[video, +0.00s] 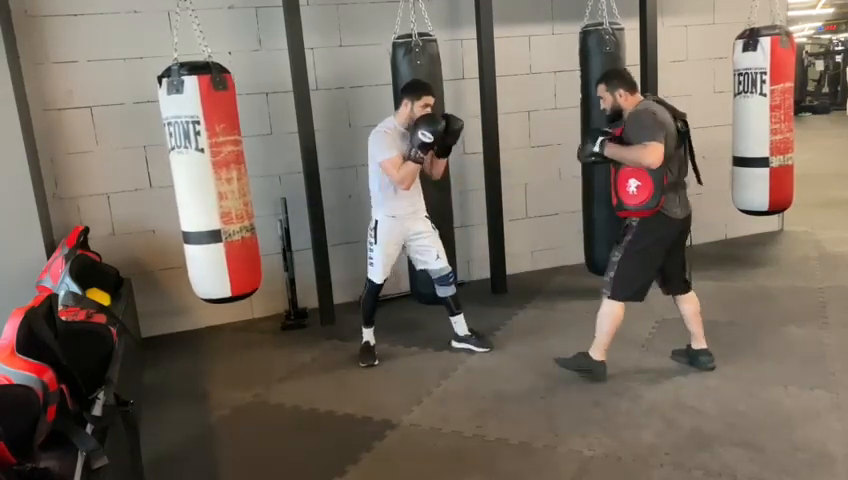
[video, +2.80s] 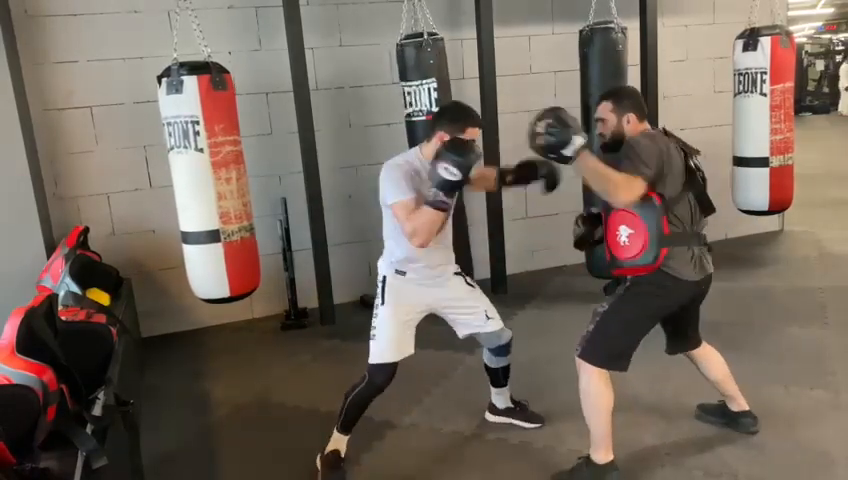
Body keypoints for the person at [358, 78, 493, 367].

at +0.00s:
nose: (428, 113)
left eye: (431, 108)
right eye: (425, 107)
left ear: (425, 109)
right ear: (406, 103)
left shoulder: (418, 132)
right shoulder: (381, 135)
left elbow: (435, 172)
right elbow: (402, 180)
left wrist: (444, 144)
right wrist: (422, 145)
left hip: (418, 219)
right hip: (387, 221)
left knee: (443, 273)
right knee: (376, 281)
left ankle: (462, 334)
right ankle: (367, 341)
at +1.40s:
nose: (439, 116)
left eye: (442, 111)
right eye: (437, 110)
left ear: (421, 107)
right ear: (417, 105)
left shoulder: (422, 135)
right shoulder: (387, 137)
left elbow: (439, 176)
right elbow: (408, 185)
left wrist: (450, 145)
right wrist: (434, 151)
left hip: (427, 227)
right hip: (396, 231)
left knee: (460, 283)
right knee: (387, 302)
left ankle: (474, 344)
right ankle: (371, 371)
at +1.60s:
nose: (429, 135)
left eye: (430, 126)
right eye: (425, 125)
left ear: (399, 124)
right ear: (400, 123)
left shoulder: (390, 160)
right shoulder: (358, 166)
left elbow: (395, 220)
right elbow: (388, 237)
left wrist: (423, 186)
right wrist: (425, 199)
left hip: (393, 282)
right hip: (358, 290)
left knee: (435, 352)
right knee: (361, 393)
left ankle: (456, 434)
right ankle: (327, 473)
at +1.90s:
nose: (439, 133)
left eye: (440, 124)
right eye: (436, 124)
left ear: (409, 122)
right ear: (412, 122)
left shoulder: (409, 160)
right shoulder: (369, 164)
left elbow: (414, 216)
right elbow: (415, 229)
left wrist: (445, 176)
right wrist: (444, 183)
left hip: (409, 280)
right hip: (371, 292)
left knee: (467, 335)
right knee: (368, 393)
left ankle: (471, 410)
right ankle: (329, 472)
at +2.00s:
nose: (456, 140)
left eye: (458, 131)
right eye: (453, 131)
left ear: (428, 129)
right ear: (429, 128)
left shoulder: (428, 164)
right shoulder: (379, 167)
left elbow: (453, 176)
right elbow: (400, 239)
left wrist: (489, 157)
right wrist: (440, 200)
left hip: (423, 284)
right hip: (380, 293)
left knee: (476, 344)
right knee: (372, 393)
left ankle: (491, 405)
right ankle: (330, 471)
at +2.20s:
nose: (491, 163)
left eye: (493, 156)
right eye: (491, 155)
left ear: (467, 149)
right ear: (474, 150)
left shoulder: (448, 175)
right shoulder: (439, 180)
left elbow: (460, 212)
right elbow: (451, 245)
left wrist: (499, 193)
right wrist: (494, 223)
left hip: (438, 293)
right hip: (415, 302)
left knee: (490, 339)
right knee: (425, 413)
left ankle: (501, 405)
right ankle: (343, 469)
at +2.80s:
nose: (473, 150)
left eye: (474, 143)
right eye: (467, 142)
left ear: (455, 140)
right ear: (440, 136)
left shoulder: (452, 166)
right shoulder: (396, 171)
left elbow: (484, 180)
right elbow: (419, 235)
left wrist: (529, 174)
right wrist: (447, 185)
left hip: (446, 276)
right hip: (400, 282)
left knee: (498, 339)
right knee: (380, 376)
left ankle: (501, 405)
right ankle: (336, 446)